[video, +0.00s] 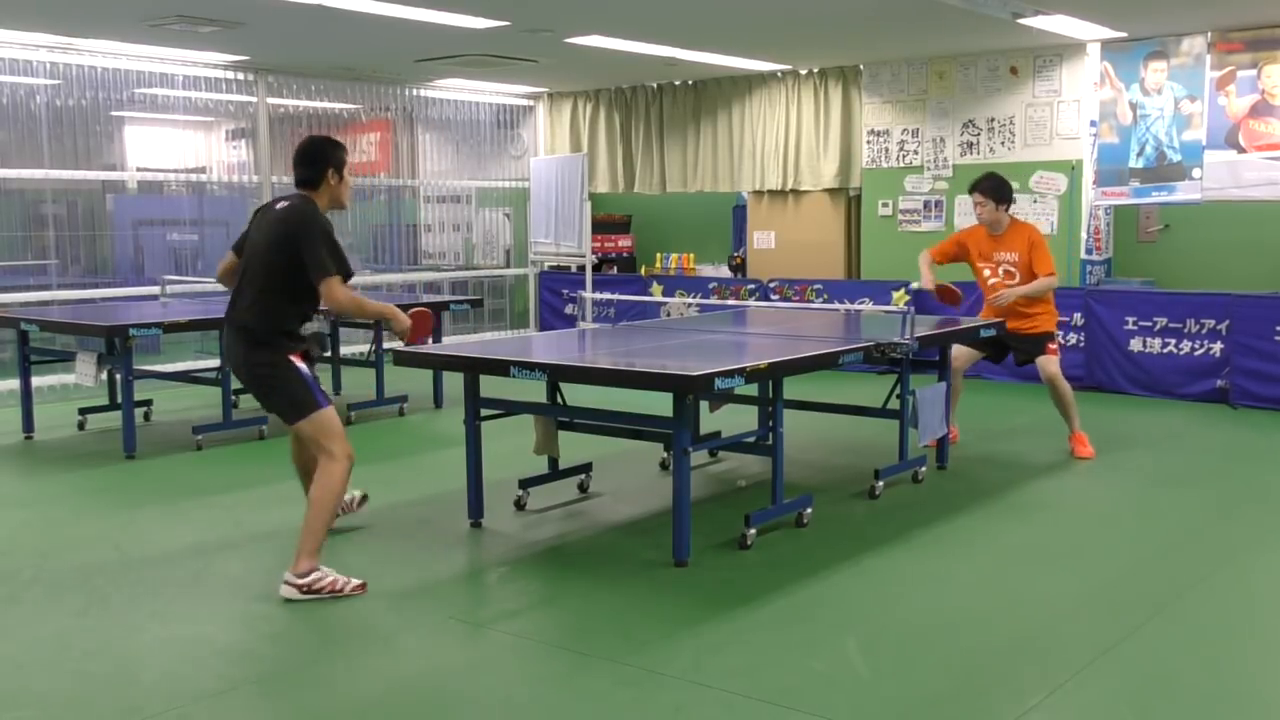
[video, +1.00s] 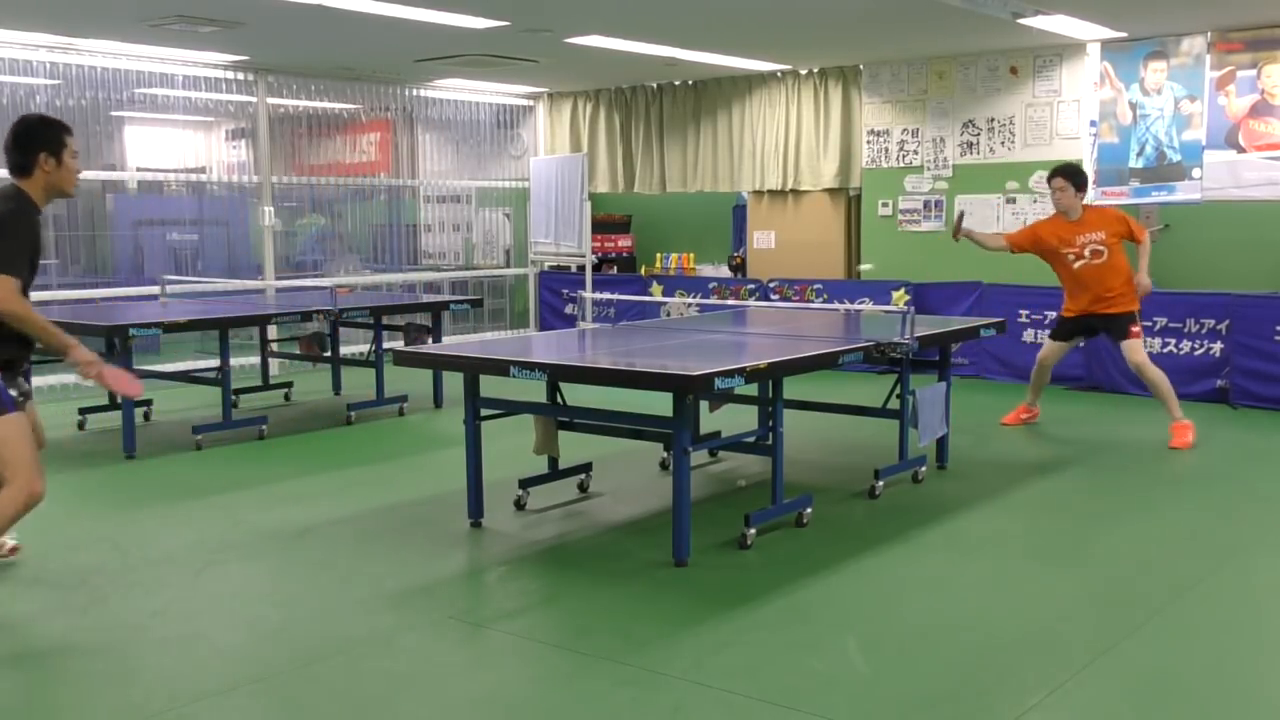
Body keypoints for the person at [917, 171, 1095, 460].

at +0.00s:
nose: (977, 211)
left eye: (982, 205)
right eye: (975, 205)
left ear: (1003, 206)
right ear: (973, 206)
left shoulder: (1029, 234)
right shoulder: (970, 238)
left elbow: (1050, 280)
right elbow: (926, 255)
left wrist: (1016, 292)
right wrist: (927, 276)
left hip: (1035, 322)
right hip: (993, 321)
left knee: (1051, 374)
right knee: (953, 361)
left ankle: (1076, 433)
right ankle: (947, 427)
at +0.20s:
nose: (965, 199)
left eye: (971, 193)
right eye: (963, 194)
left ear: (991, 196)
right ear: (963, 196)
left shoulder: (1019, 227)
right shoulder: (957, 233)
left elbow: (1047, 265)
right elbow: (914, 245)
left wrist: (1016, 282)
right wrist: (898, 235)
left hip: (1032, 318)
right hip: (989, 318)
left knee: (1052, 370)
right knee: (953, 358)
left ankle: (1075, 430)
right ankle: (947, 427)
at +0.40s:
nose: (989, 193)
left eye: (996, 187)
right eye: (987, 188)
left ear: (1015, 191)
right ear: (986, 191)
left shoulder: (1039, 224)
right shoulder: (981, 230)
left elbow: (1065, 262)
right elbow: (949, 261)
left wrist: (1036, 273)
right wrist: (926, 252)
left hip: (1042, 318)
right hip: (1000, 318)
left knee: (1055, 375)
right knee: (968, 360)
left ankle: (1076, 423)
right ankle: (949, 425)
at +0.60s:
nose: (1009, 175)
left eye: (1016, 169)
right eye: (1007, 170)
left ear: (1034, 173)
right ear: (1006, 174)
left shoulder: (1058, 208)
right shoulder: (1005, 212)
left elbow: (1083, 248)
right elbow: (991, 251)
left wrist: (1055, 273)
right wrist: (969, 266)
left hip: (1065, 299)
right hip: (1025, 298)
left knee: (1073, 357)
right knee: (996, 347)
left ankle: (1085, 421)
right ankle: (994, 409)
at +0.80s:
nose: (1025, 197)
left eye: (1031, 190)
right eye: (1022, 191)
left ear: (1050, 192)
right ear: (1020, 194)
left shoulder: (1077, 225)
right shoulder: (1020, 231)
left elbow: (1100, 264)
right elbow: (1008, 270)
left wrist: (1076, 292)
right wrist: (1003, 285)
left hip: (1079, 309)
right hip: (1041, 309)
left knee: (1086, 365)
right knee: (1016, 360)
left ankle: (1121, 421)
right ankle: (1022, 410)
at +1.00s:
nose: (1054, 196)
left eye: (1060, 190)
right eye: (1052, 191)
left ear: (1079, 192)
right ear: (1051, 195)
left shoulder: (1109, 218)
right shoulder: (1044, 231)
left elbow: (1143, 236)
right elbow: (1002, 242)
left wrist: (1143, 272)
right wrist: (968, 233)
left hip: (1120, 307)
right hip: (1076, 311)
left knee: (1138, 361)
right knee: (1044, 359)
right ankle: (1030, 407)